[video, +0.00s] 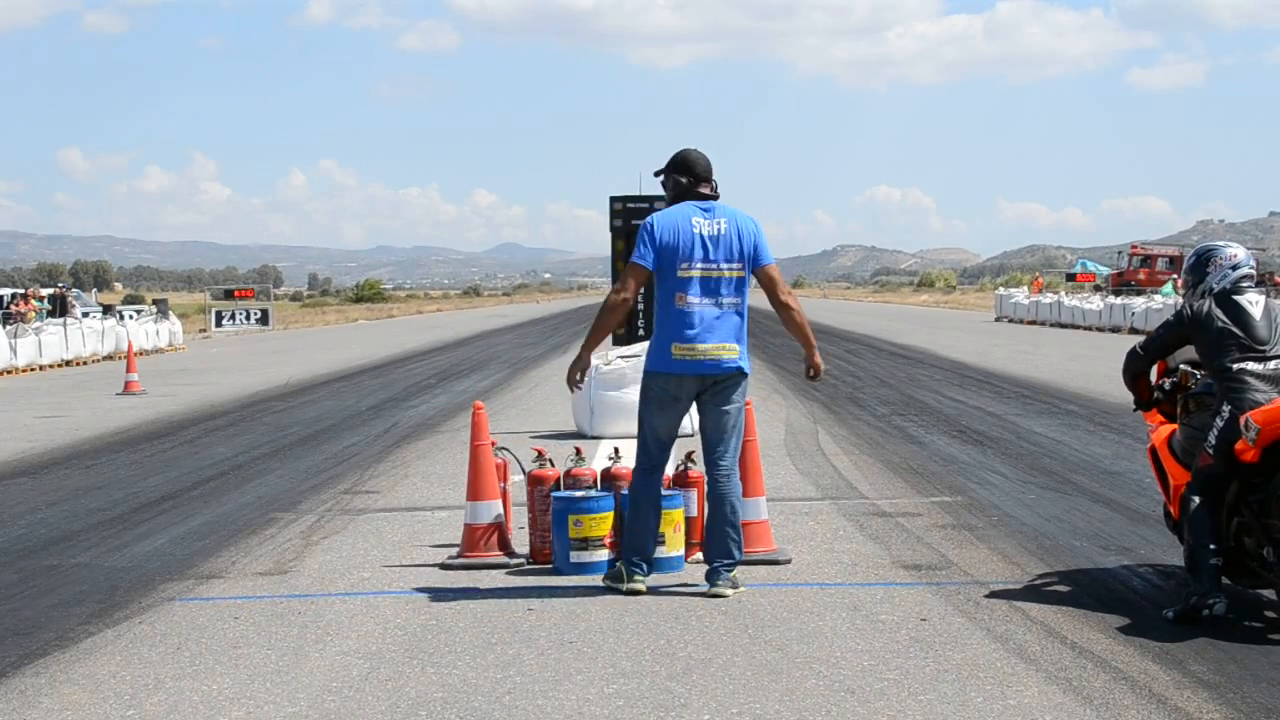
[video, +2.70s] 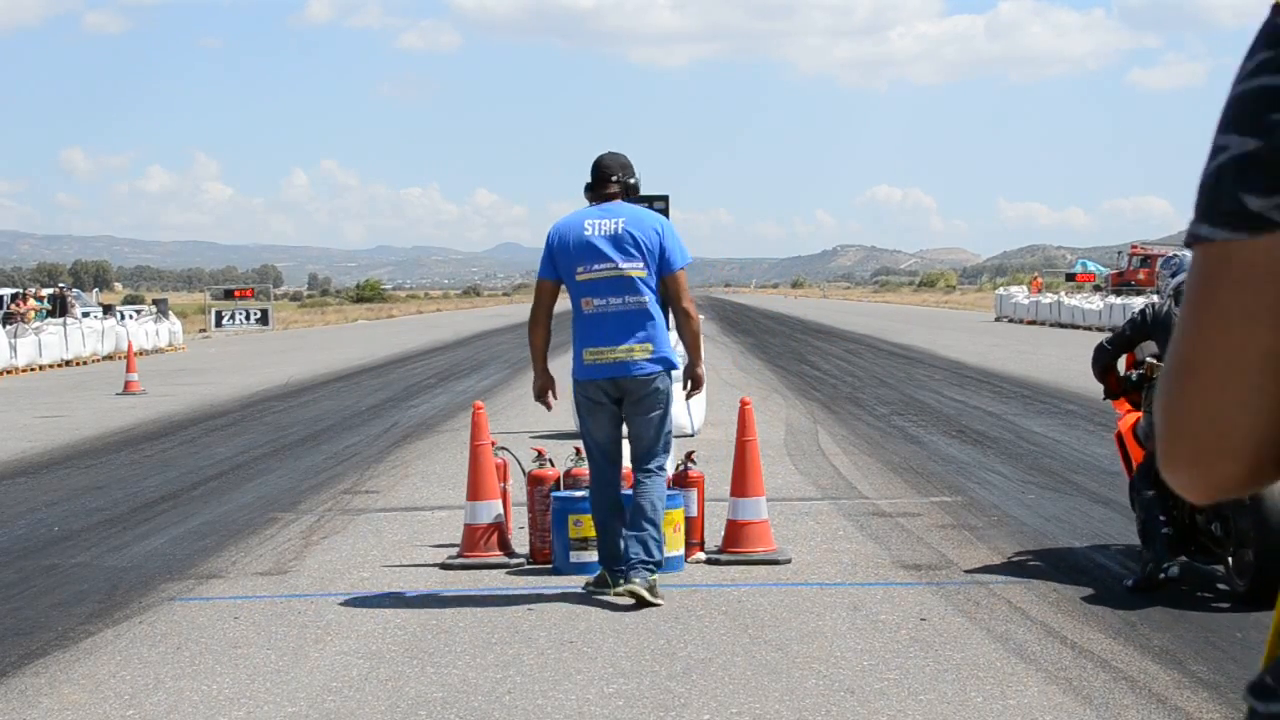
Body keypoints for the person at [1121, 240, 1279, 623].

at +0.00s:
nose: (1186, 287)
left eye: (1189, 280)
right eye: (1186, 280)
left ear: (1203, 277)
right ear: (1244, 269)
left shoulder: (1198, 309)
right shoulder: (1271, 304)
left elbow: (1136, 359)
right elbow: (1257, 353)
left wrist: (1148, 399)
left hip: (1243, 403)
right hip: (1279, 398)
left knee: (1199, 492)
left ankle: (1205, 591)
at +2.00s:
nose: (1167, 282)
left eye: (1169, 275)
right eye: (1169, 275)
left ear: (1176, 275)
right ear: (1217, 274)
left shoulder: (1166, 310)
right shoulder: (1247, 308)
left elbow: (1105, 355)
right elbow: (1275, 344)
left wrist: (1119, 389)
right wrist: (1267, 369)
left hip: (1209, 401)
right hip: (1261, 392)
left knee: (1162, 480)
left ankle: (1165, 570)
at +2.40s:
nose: (1163, 283)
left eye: (1164, 277)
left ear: (1169, 278)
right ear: (1213, 276)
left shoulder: (1158, 312)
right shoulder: (1238, 310)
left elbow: (1101, 354)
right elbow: (1271, 344)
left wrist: (1109, 380)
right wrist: (1253, 370)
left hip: (1199, 399)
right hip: (1251, 391)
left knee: (1158, 477)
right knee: (1267, 464)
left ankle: (1164, 559)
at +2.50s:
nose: (1162, 286)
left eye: (1164, 280)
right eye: (1163, 280)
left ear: (1172, 279)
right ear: (1212, 276)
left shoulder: (1162, 311)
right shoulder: (1241, 311)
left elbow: (1107, 351)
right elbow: (1250, 350)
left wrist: (1111, 380)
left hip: (1199, 402)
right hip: (1244, 400)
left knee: (1149, 478)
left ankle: (1165, 546)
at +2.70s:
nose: (1160, 289)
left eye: (1160, 282)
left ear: (1166, 282)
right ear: (1198, 280)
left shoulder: (1157, 314)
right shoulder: (1222, 312)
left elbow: (1104, 353)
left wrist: (1116, 386)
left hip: (1169, 425)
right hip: (1223, 419)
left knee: (1144, 482)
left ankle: (1155, 559)